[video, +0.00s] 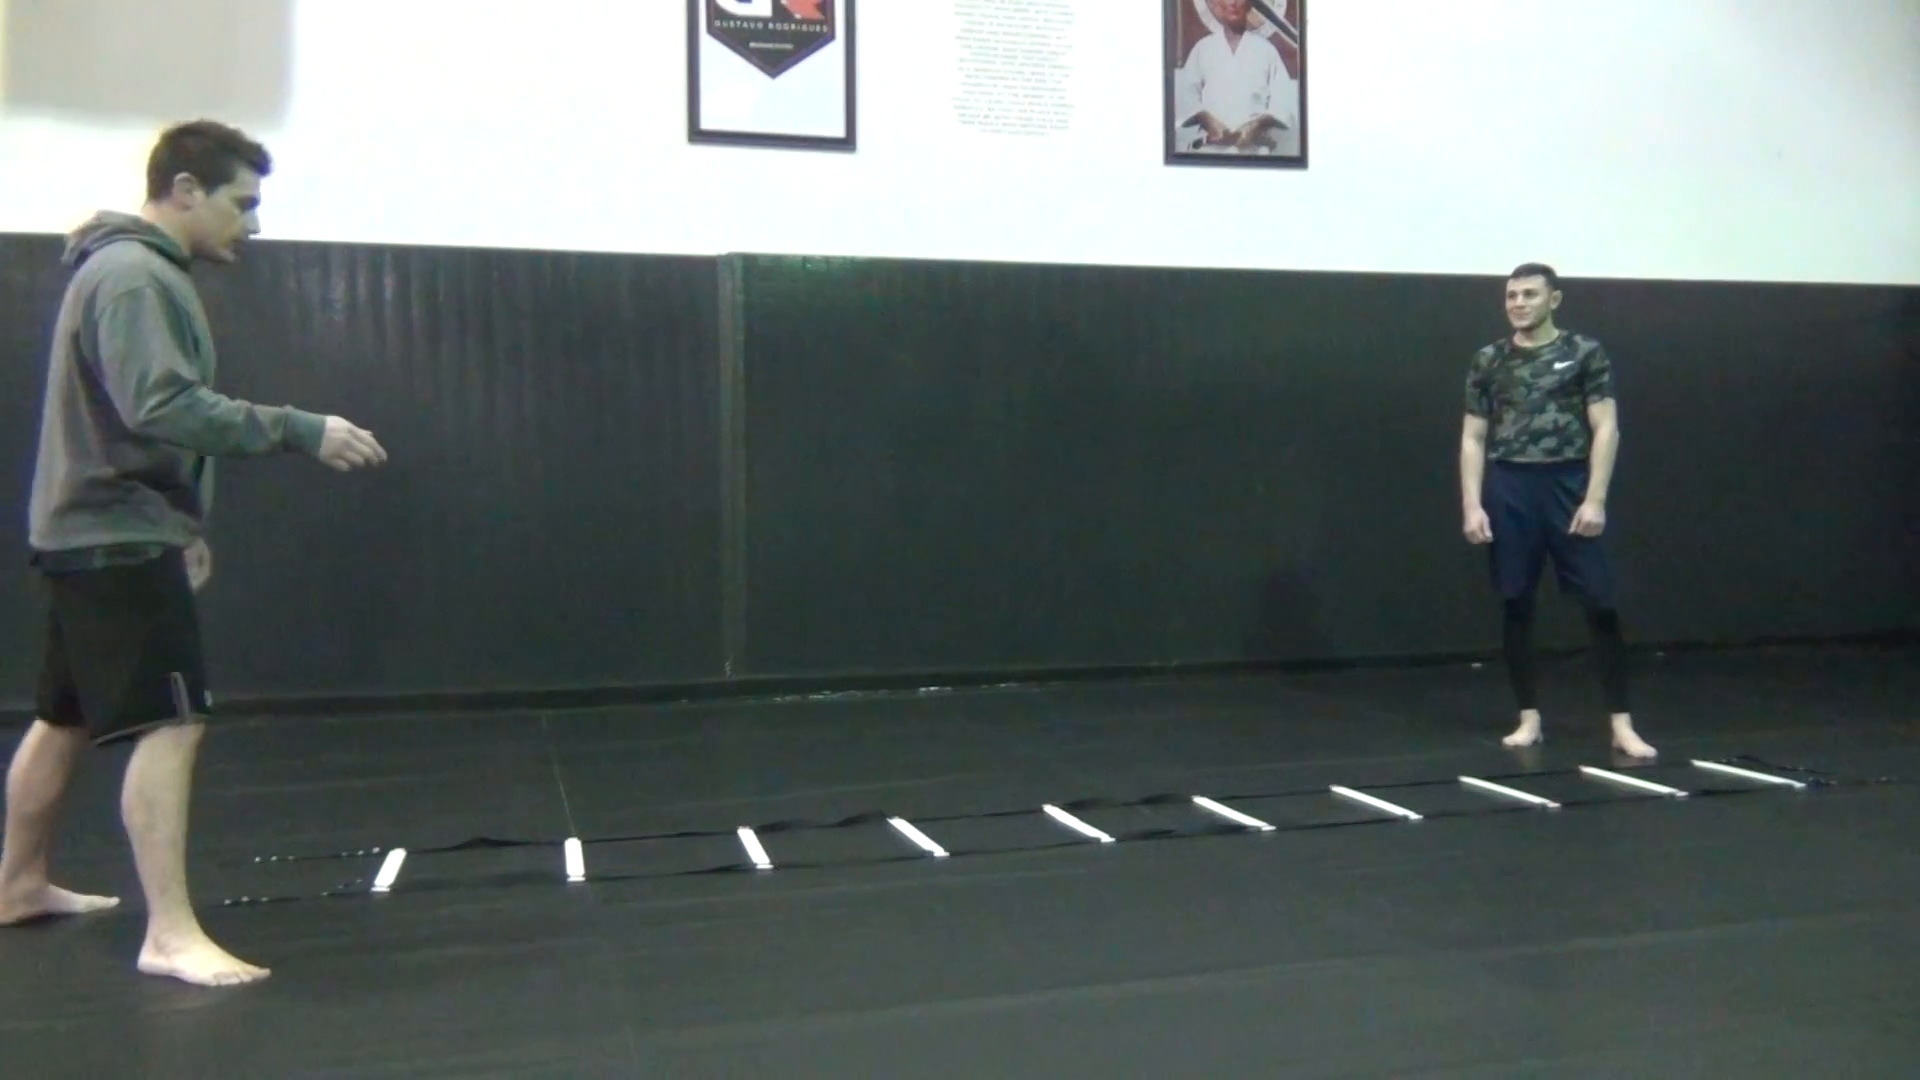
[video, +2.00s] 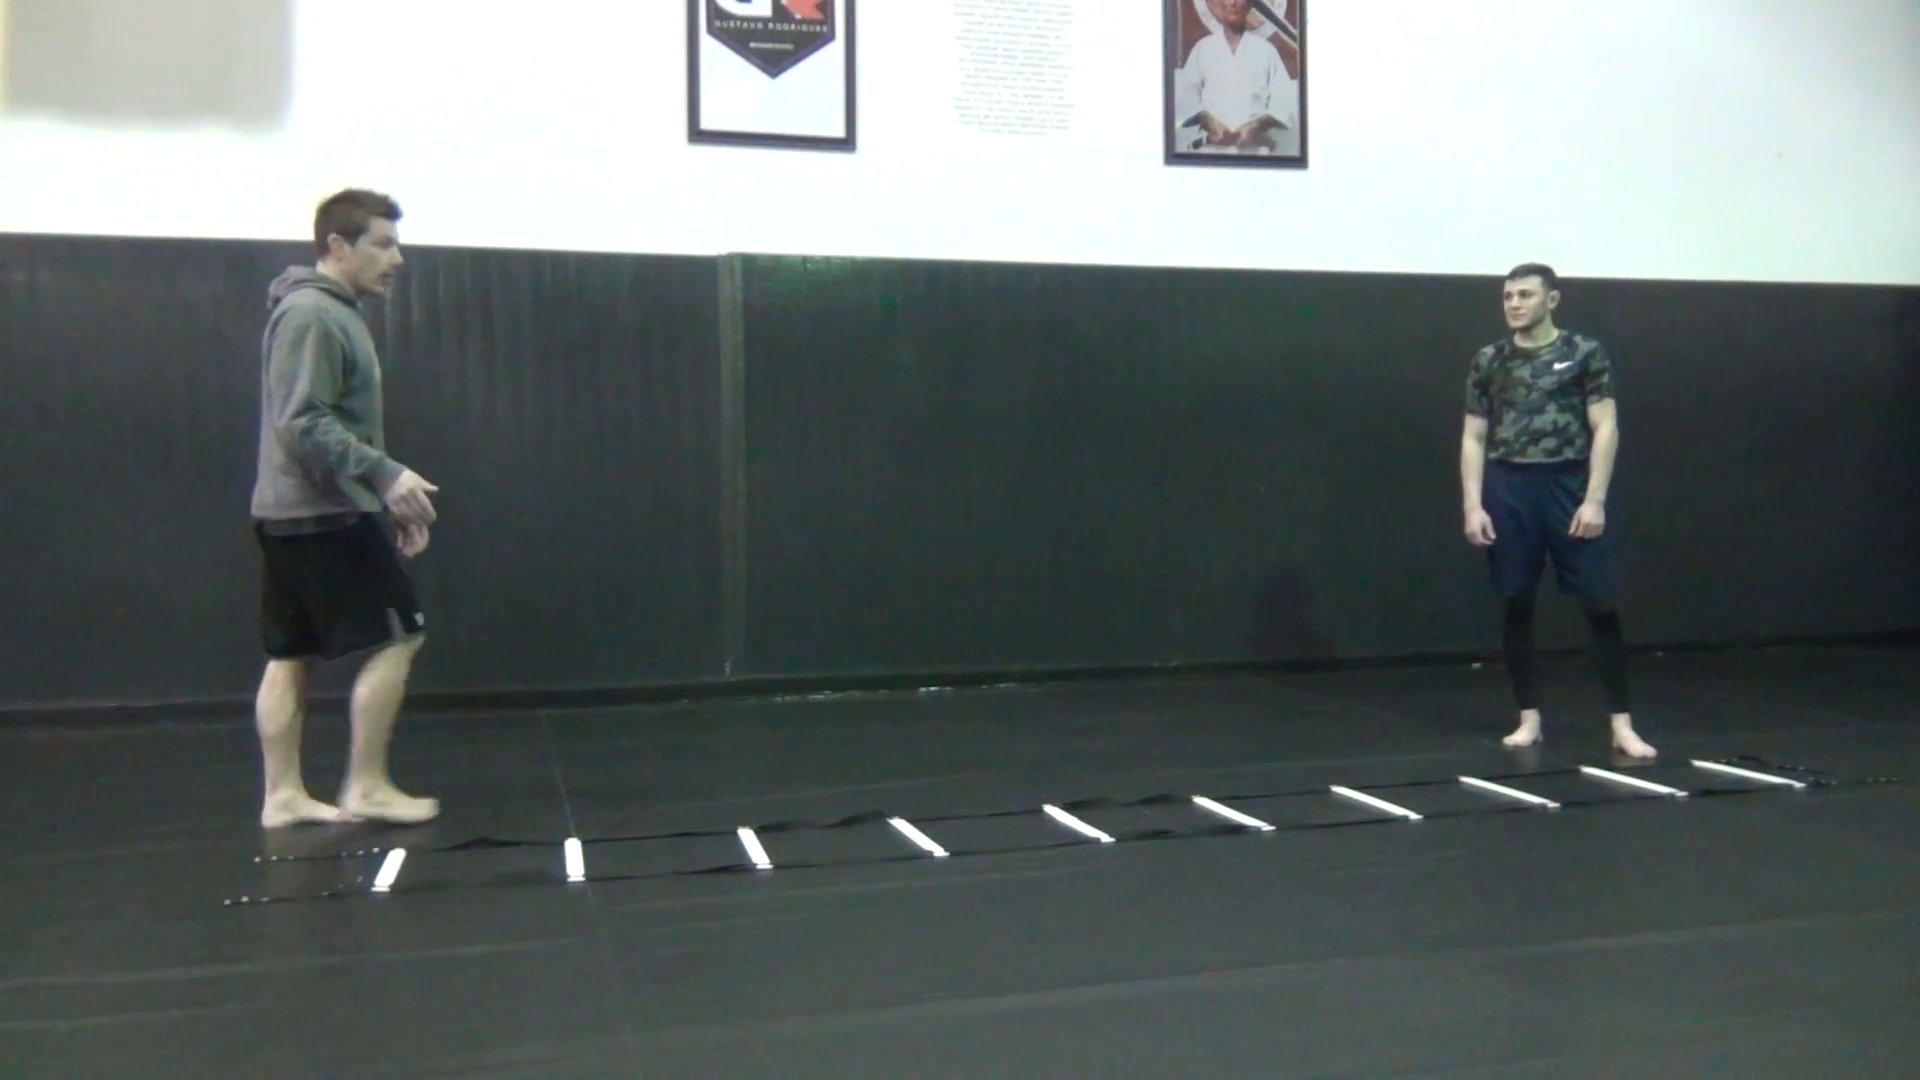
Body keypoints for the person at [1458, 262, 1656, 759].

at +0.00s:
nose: (1518, 303)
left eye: (1529, 295)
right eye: (1512, 296)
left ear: (1554, 299)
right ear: (1505, 302)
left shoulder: (1585, 353)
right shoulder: (1488, 360)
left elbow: (1605, 427)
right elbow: (1473, 437)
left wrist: (1595, 498)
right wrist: (1471, 504)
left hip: (1570, 489)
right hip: (1508, 490)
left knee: (1601, 603)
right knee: (1515, 603)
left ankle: (1620, 723)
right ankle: (1528, 717)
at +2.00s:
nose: (1513, 304)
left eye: (1524, 295)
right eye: (1508, 297)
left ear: (1552, 300)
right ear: (1503, 303)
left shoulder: (1586, 353)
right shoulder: (1488, 360)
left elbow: (1605, 427)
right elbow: (1473, 437)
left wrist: (1595, 499)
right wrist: (1472, 505)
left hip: (1570, 491)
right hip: (1509, 491)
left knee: (1601, 604)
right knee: (1516, 603)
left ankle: (1621, 723)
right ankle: (1528, 717)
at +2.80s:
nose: (1513, 305)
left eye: (1524, 296)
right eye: (1508, 298)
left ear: (1551, 299)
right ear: (1503, 304)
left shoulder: (1586, 354)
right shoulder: (1488, 361)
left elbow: (1604, 429)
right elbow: (1474, 437)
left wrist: (1596, 499)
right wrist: (1473, 500)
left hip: (1569, 490)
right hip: (1508, 491)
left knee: (1601, 603)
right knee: (1515, 604)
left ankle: (1621, 723)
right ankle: (1528, 717)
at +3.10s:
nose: (1512, 305)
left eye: (1523, 296)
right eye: (1507, 298)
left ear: (1551, 300)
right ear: (1503, 304)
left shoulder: (1586, 354)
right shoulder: (1489, 361)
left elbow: (1603, 430)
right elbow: (1474, 437)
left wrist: (1597, 499)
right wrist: (1476, 498)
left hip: (1570, 490)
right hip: (1509, 492)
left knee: (1600, 603)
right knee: (1514, 605)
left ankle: (1620, 723)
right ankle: (1528, 717)